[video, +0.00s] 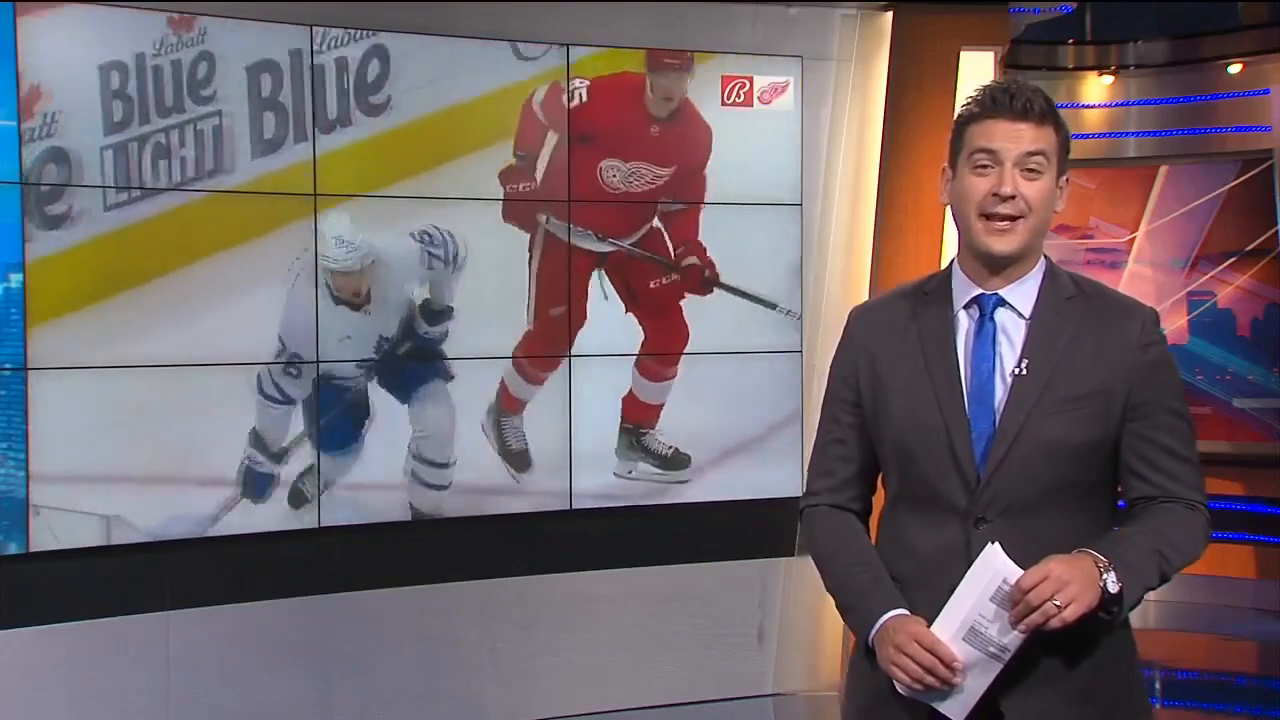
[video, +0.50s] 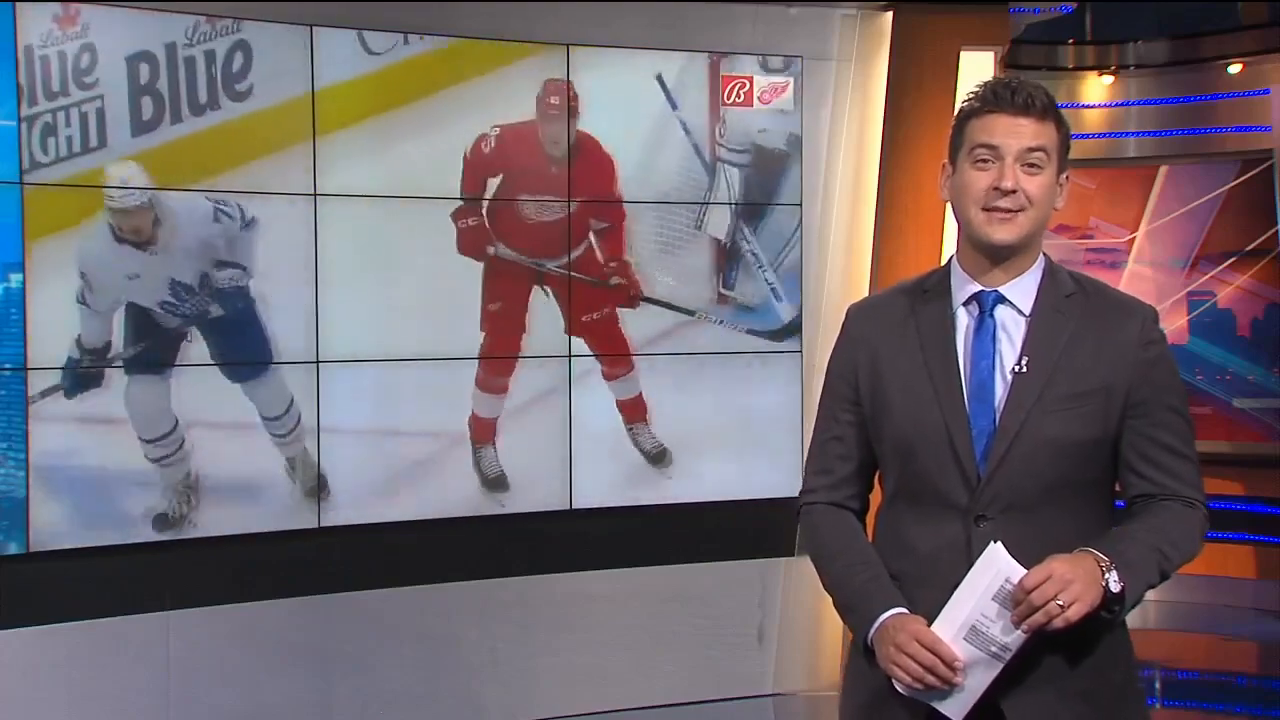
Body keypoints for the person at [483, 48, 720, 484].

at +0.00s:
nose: (669, 83)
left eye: (678, 73)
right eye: (661, 71)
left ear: (689, 75)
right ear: (647, 70)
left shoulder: (695, 136)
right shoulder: (604, 98)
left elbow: (680, 207)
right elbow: (540, 105)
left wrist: (689, 253)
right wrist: (523, 168)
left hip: (634, 236)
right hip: (565, 229)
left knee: (669, 333)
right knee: (555, 331)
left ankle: (635, 438)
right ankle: (505, 414)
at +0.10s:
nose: (667, 88)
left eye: (675, 77)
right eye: (658, 76)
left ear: (685, 78)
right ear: (642, 74)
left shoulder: (690, 135)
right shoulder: (599, 103)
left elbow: (676, 203)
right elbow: (532, 115)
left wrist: (690, 250)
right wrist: (519, 186)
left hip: (635, 238)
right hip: (566, 234)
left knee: (668, 335)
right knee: (554, 341)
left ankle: (652, 439)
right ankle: (512, 435)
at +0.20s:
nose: (650, 99)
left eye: (658, 89)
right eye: (641, 90)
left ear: (670, 86)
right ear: (627, 82)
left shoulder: (677, 136)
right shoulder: (582, 111)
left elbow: (669, 204)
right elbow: (522, 127)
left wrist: (687, 251)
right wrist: (516, 196)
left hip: (626, 242)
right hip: (559, 239)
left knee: (664, 338)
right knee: (549, 349)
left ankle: (669, 435)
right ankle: (511, 444)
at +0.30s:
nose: (618, 111)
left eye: (627, 101)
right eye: (610, 101)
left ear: (639, 101)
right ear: (596, 98)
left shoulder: (651, 147)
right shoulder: (559, 127)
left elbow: (650, 215)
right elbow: (504, 147)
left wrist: (669, 261)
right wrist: (502, 215)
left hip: (611, 255)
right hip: (544, 253)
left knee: (650, 344)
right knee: (533, 359)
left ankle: (667, 438)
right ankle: (504, 450)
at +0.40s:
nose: (592, 122)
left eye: (600, 112)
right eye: (584, 112)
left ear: (611, 111)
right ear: (571, 111)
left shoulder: (628, 158)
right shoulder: (535, 139)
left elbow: (633, 222)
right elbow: (489, 158)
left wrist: (649, 268)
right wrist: (487, 221)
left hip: (594, 257)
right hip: (528, 257)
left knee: (634, 350)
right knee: (518, 361)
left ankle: (657, 436)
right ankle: (493, 452)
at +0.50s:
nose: (554, 130)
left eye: (563, 121)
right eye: (548, 120)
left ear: (575, 121)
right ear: (537, 119)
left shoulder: (595, 160)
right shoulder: (504, 143)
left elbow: (609, 222)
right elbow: (475, 166)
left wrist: (619, 267)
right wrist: (470, 218)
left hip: (573, 254)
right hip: (510, 253)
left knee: (611, 340)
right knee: (501, 347)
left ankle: (639, 427)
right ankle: (484, 443)